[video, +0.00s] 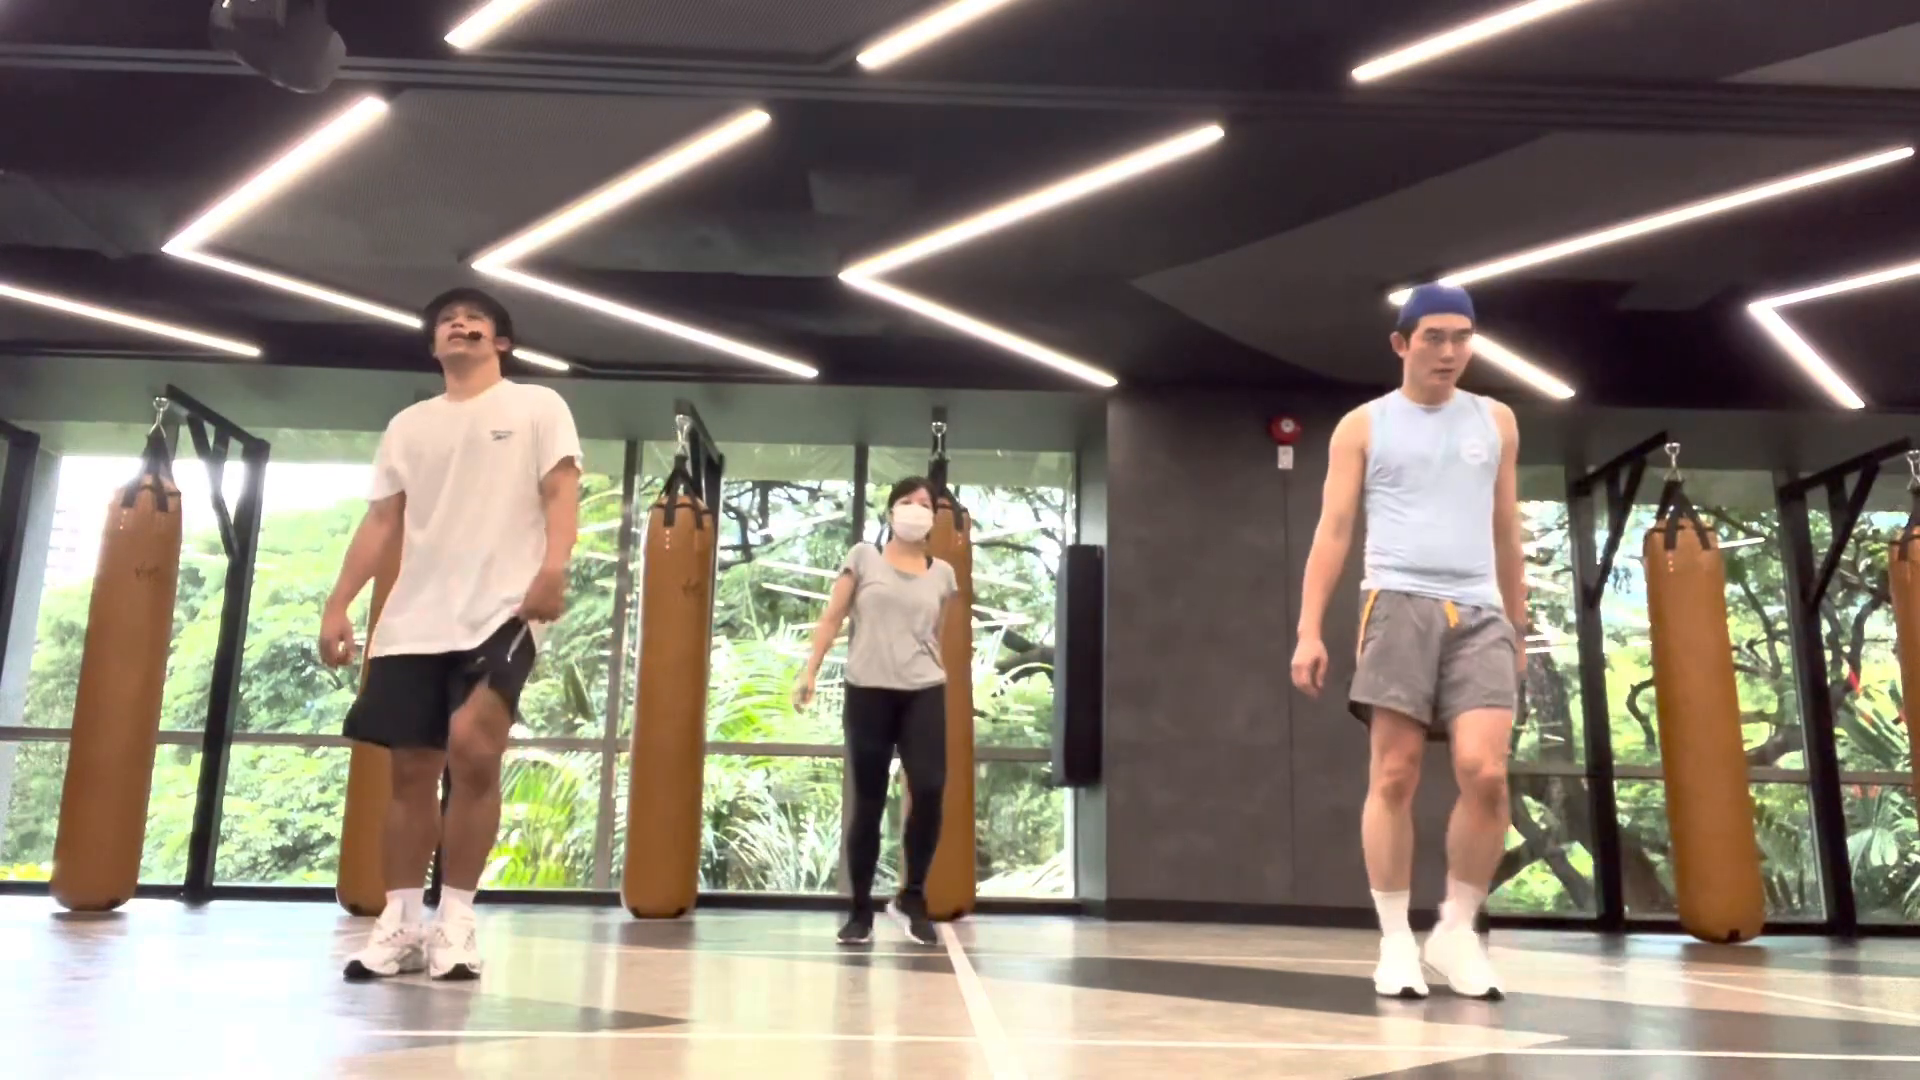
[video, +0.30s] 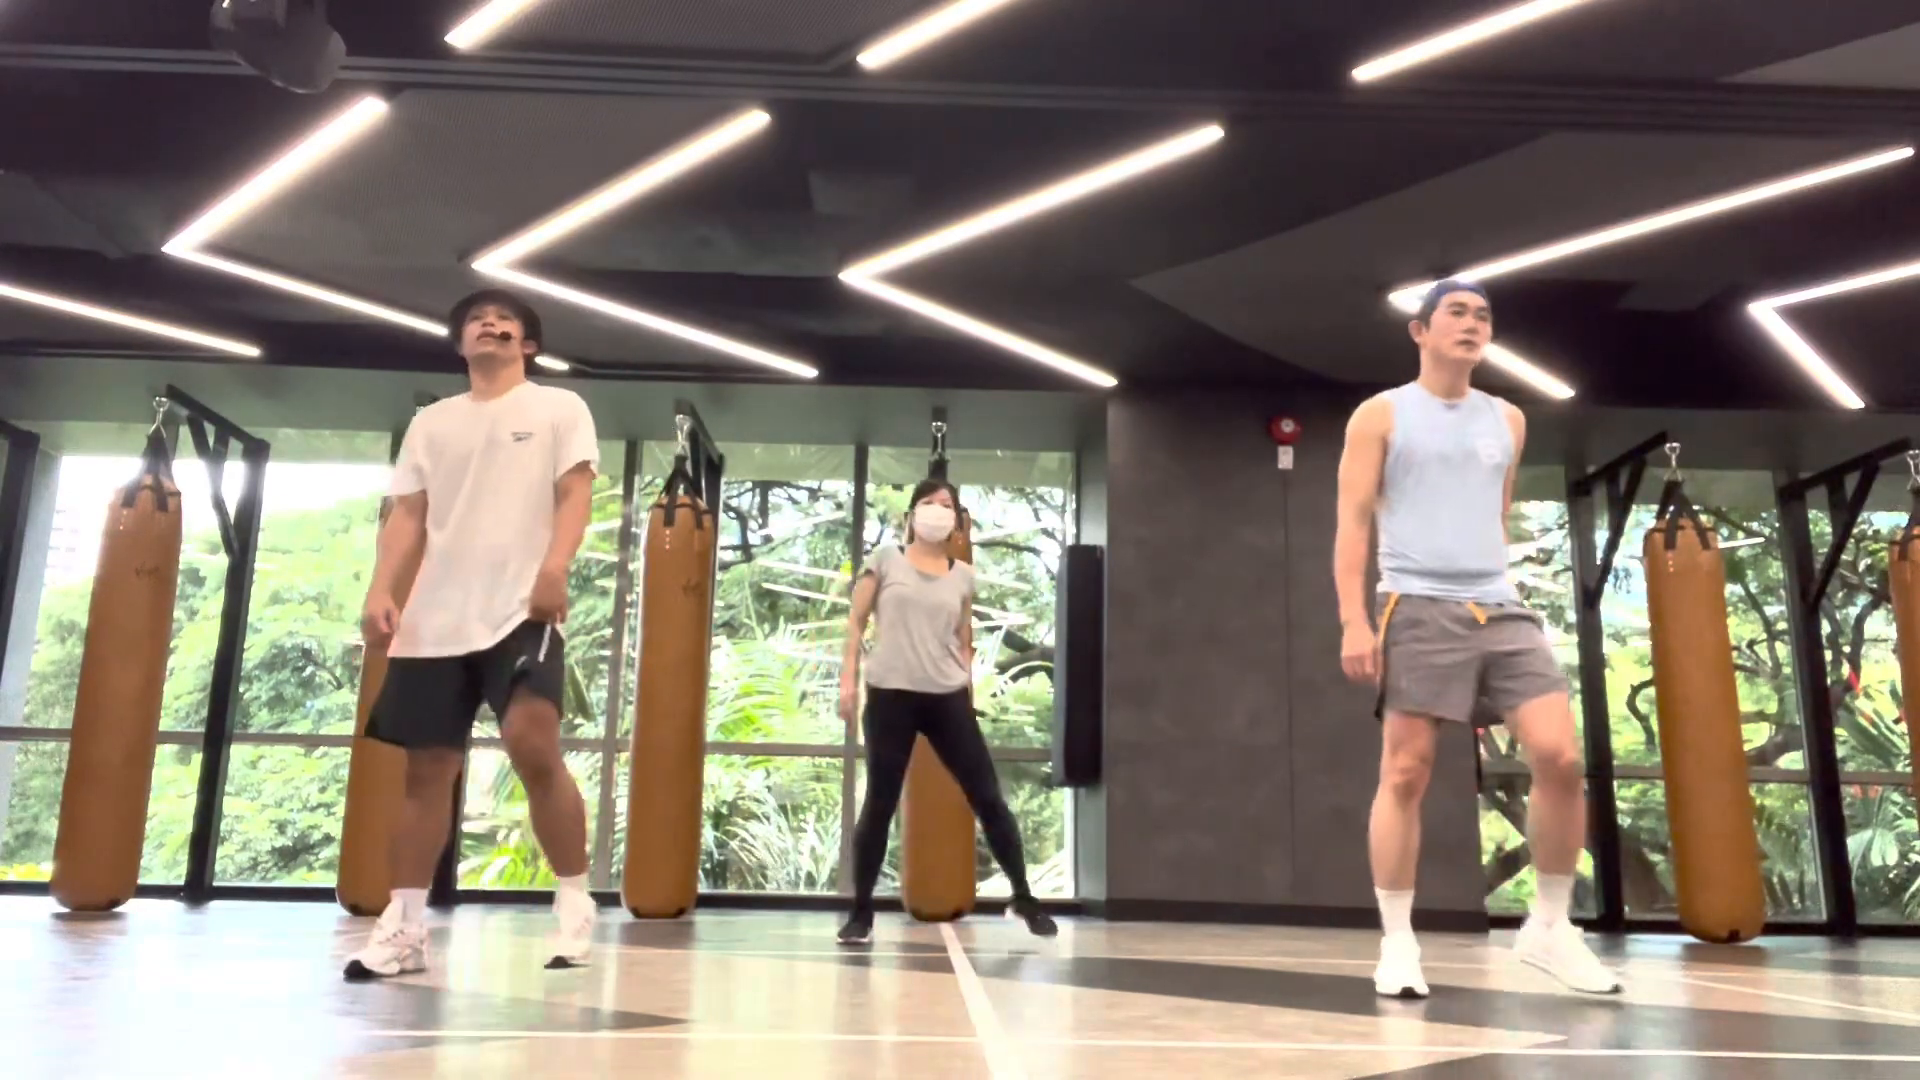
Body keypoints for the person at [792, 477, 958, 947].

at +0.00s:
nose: (917, 512)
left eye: (926, 507)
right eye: (908, 504)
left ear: (935, 520)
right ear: (890, 515)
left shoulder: (943, 574)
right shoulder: (864, 557)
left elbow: (948, 639)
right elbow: (832, 618)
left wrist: (953, 694)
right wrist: (809, 673)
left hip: (925, 692)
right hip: (867, 691)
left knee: (930, 789)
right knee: (867, 801)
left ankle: (913, 895)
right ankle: (860, 911)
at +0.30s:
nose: (938, 512)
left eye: (947, 506)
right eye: (928, 504)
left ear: (957, 521)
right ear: (912, 515)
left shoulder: (963, 576)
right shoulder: (886, 560)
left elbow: (964, 640)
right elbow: (855, 623)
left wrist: (964, 695)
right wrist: (848, 683)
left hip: (949, 697)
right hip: (891, 695)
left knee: (989, 799)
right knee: (879, 804)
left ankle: (1023, 897)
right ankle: (861, 912)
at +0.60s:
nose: (992, 509)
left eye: (1000, 503)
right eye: (981, 503)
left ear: (1010, 519)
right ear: (965, 520)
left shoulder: (1026, 572)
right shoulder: (946, 564)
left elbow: (1032, 641)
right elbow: (922, 632)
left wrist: (1041, 698)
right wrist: (911, 692)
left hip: (1009, 702)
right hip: (952, 699)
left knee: (1021, 809)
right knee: (919, 802)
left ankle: (1032, 912)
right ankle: (878, 904)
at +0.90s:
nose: (1002, 518)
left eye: (1011, 512)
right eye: (992, 511)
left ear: (1022, 526)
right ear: (977, 525)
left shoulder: (1038, 574)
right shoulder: (956, 572)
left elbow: (1055, 639)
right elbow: (942, 641)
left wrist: (1071, 690)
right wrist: (939, 700)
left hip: (1026, 702)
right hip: (970, 703)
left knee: (1029, 808)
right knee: (969, 810)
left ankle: (1034, 911)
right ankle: (977, 903)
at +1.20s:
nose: (968, 521)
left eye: (977, 515)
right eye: (960, 514)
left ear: (990, 528)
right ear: (947, 527)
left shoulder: (1011, 570)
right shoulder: (930, 579)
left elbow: (1030, 625)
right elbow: (921, 646)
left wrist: (1031, 672)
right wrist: (916, 706)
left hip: (998, 704)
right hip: (940, 703)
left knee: (1010, 809)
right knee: (902, 800)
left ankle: (1032, 912)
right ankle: (865, 896)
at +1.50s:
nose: (924, 523)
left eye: (934, 518)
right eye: (915, 515)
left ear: (945, 531)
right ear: (900, 526)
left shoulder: (954, 580)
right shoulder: (872, 574)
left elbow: (965, 648)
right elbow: (852, 640)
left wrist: (978, 702)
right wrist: (832, 693)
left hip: (932, 701)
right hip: (873, 702)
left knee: (963, 797)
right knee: (869, 807)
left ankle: (1002, 895)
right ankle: (859, 907)